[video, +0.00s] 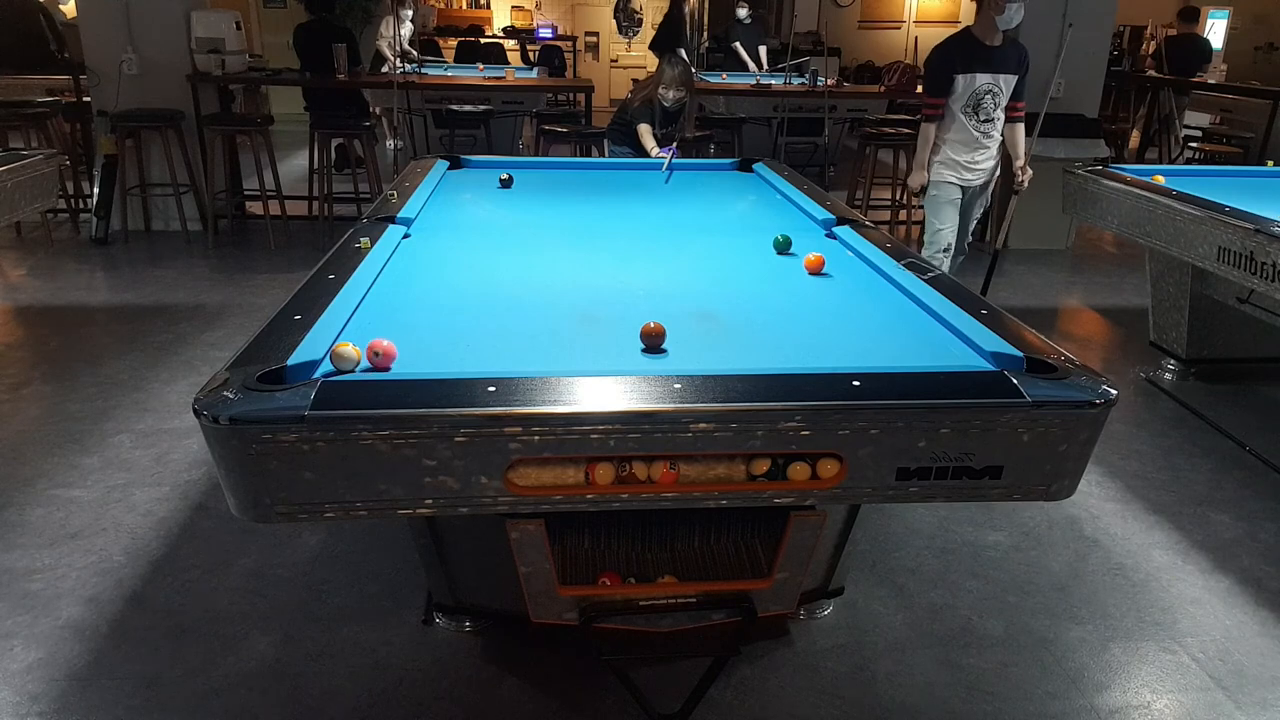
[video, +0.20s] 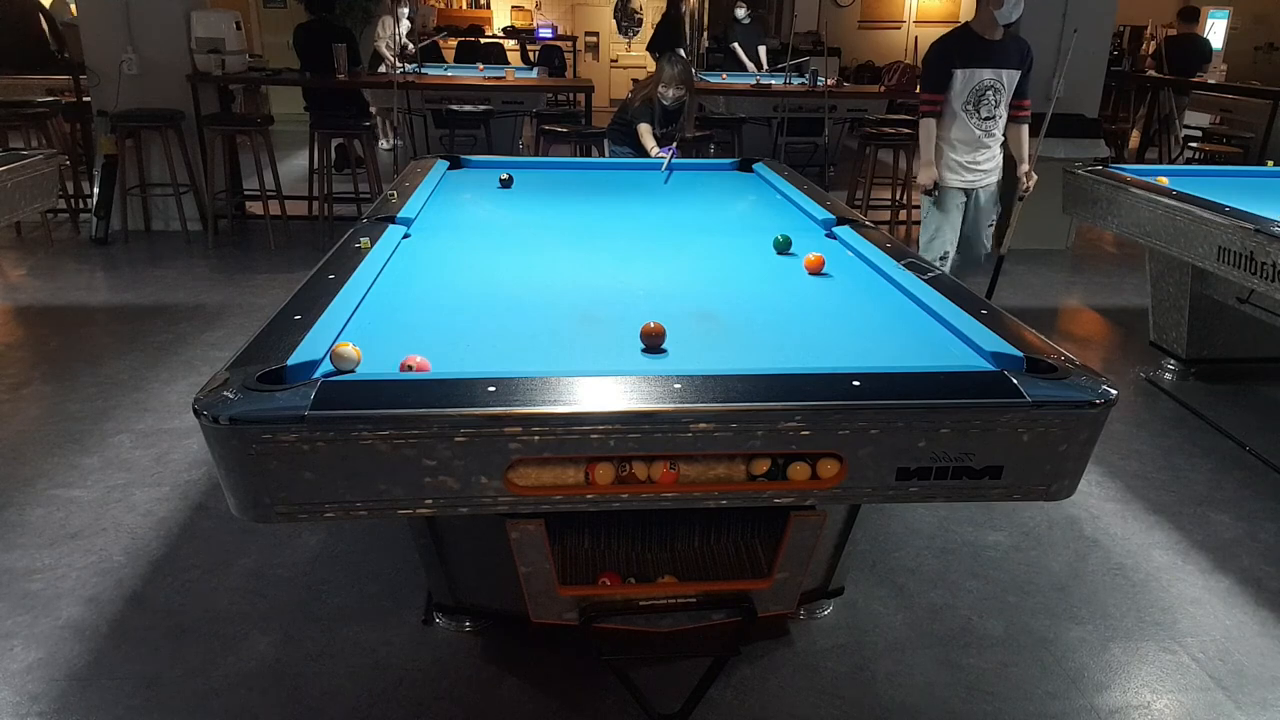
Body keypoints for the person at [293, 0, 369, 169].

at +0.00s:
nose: (302, 7)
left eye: (304, 5)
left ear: (307, 7)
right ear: (333, 7)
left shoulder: (300, 31)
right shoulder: (343, 31)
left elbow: (306, 64)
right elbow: (358, 72)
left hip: (315, 102)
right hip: (347, 103)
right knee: (362, 107)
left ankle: (352, 152)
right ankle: (345, 148)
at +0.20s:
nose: (302, 8)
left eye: (304, 5)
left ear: (307, 7)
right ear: (333, 7)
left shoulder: (300, 31)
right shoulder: (343, 31)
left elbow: (305, 64)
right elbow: (357, 71)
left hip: (315, 103)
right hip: (347, 104)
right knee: (362, 106)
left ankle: (351, 151)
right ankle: (345, 149)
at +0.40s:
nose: (302, 7)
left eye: (304, 5)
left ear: (307, 7)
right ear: (333, 7)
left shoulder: (300, 31)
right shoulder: (344, 31)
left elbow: (305, 63)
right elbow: (356, 69)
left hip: (315, 103)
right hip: (347, 103)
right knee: (362, 106)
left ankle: (352, 151)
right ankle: (345, 149)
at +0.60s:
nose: (302, 7)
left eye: (304, 5)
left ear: (307, 7)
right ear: (333, 7)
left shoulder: (300, 31)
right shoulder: (343, 32)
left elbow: (305, 63)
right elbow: (356, 69)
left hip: (315, 103)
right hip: (346, 103)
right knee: (363, 107)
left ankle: (351, 151)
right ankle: (345, 149)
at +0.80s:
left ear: (308, 8)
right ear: (335, 8)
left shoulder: (300, 31)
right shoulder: (344, 33)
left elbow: (305, 64)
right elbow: (355, 70)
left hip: (314, 102)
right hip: (346, 102)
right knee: (362, 107)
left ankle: (351, 150)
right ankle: (343, 147)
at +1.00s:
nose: (340, 9)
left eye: (340, 5)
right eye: (338, 5)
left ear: (308, 7)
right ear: (333, 7)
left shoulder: (299, 31)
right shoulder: (344, 34)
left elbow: (306, 63)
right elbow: (356, 72)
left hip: (314, 102)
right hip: (345, 103)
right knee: (362, 105)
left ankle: (349, 150)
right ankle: (344, 148)